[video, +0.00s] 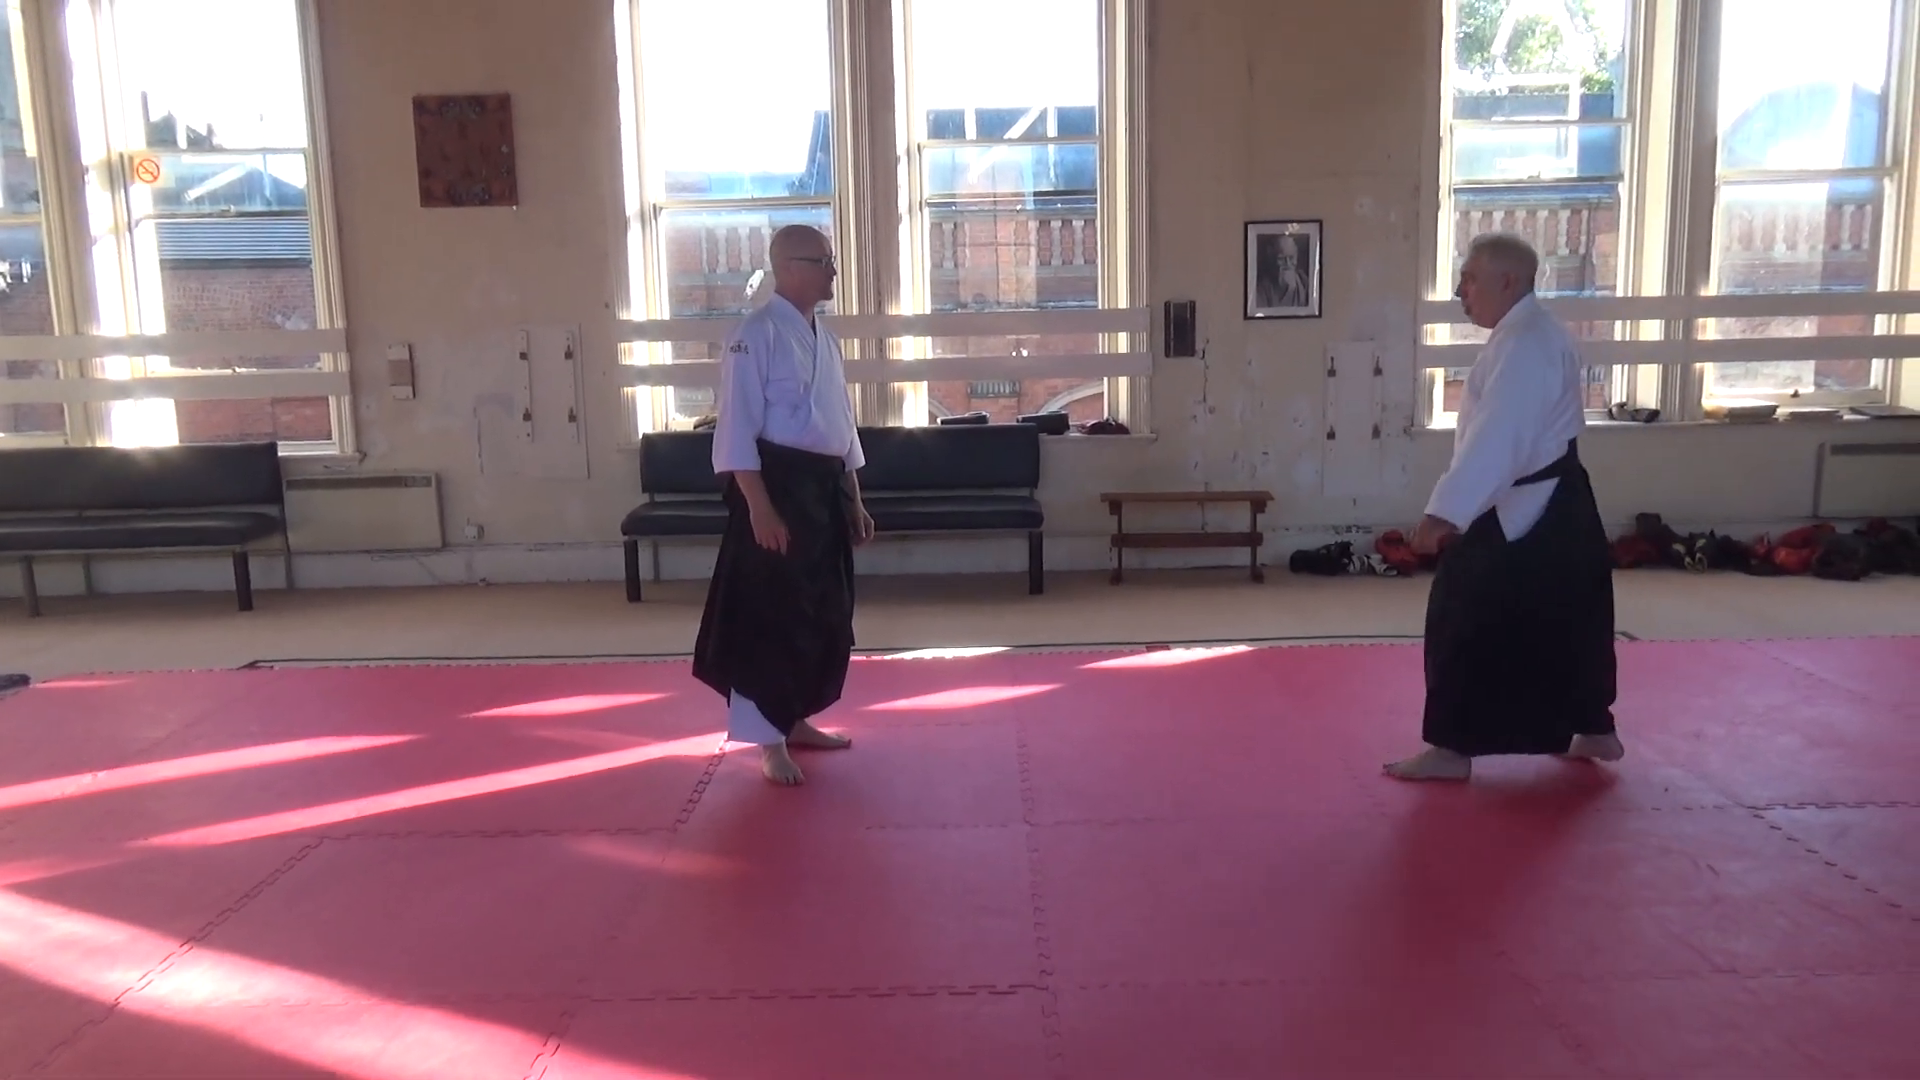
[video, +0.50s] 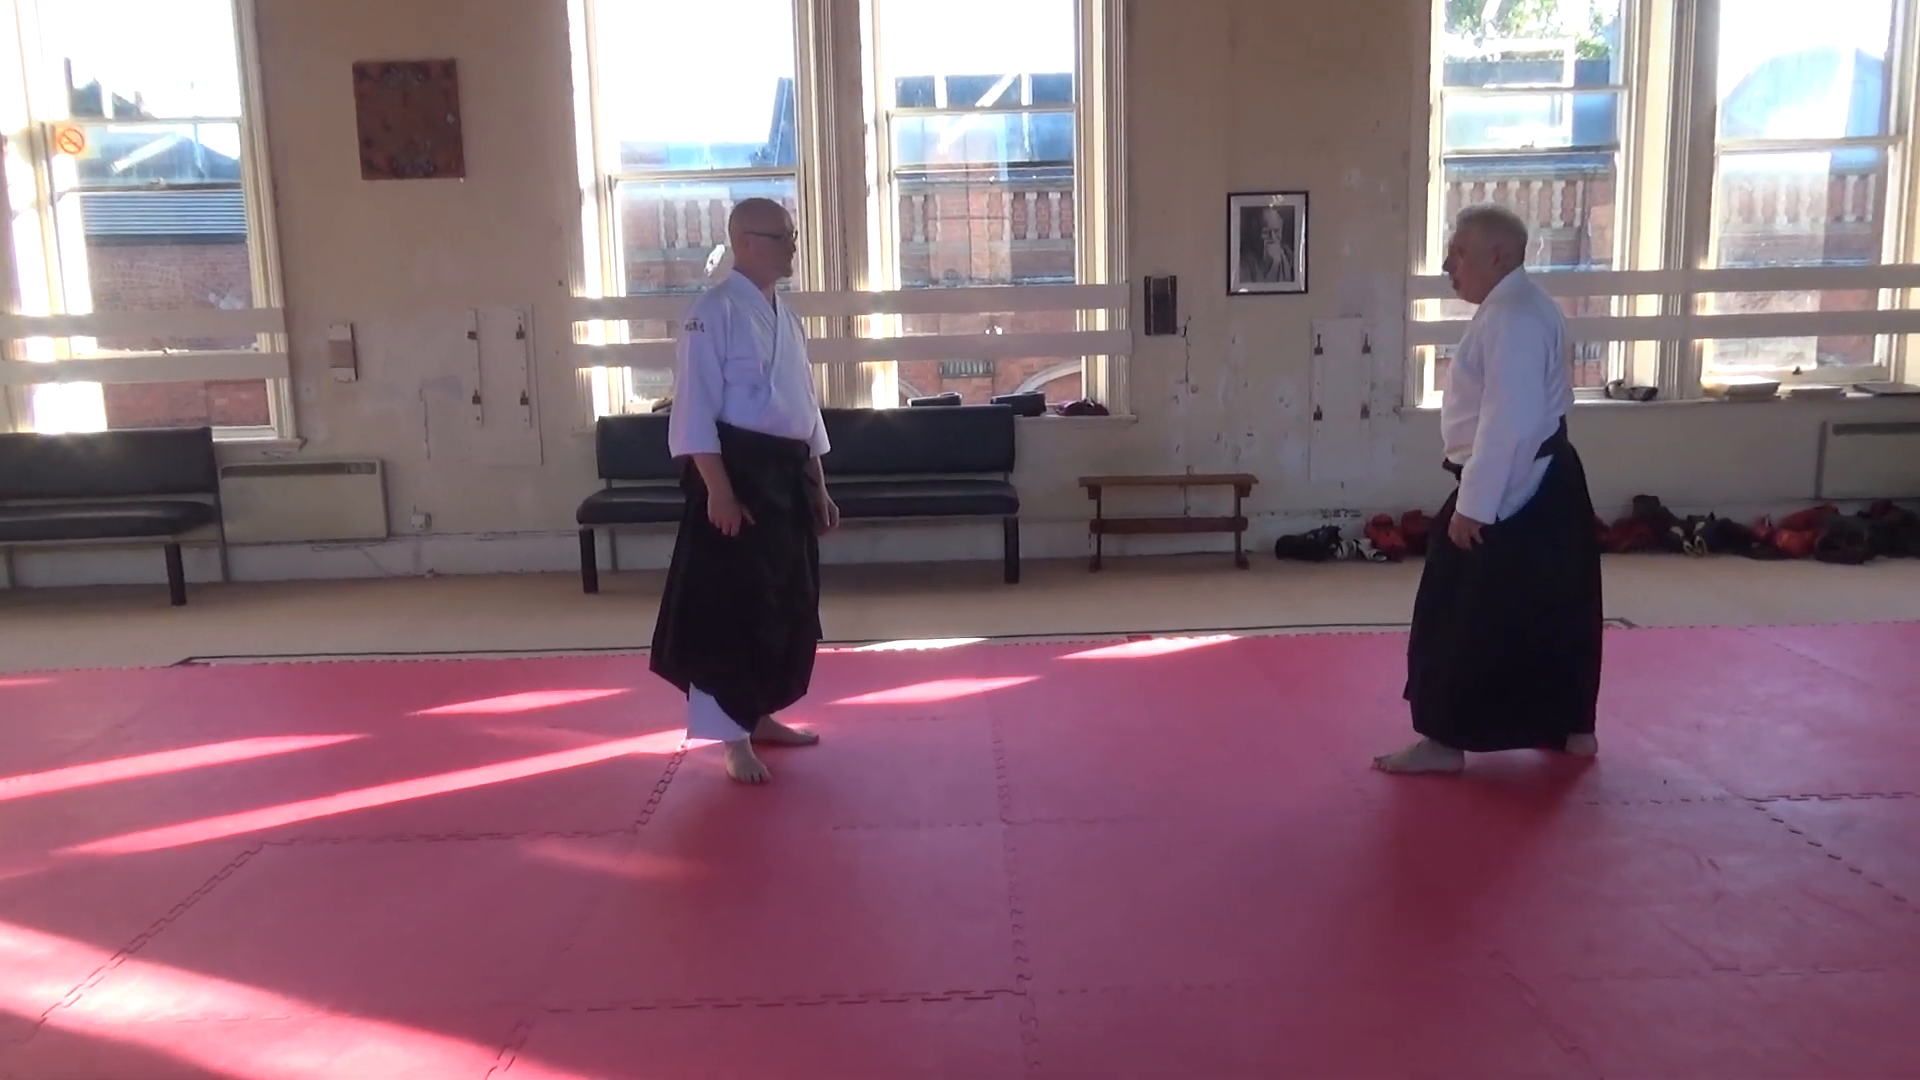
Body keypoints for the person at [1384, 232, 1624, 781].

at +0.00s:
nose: (1461, 290)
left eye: (1470, 278)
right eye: (1462, 278)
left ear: (1508, 282)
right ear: (1513, 283)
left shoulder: (1523, 343)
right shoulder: (1538, 330)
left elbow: (1495, 440)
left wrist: (1441, 514)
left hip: (1522, 505)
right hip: (1560, 499)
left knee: (1457, 616)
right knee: (1575, 614)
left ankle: (1450, 748)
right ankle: (1596, 730)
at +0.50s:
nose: (1449, 265)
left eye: (1459, 253)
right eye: (1450, 253)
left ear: (1498, 255)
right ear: (1503, 257)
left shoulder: (1511, 315)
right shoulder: (1531, 305)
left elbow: (1509, 419)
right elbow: (1531, 407)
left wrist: (1472, 503)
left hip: (1505, 483)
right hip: (1549, 477)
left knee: (1453, 611)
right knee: (1559, 605)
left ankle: (1442, 740)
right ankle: (1575, 727)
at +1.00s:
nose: (1497, 246)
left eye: (1508, 234)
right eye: (1501, 233)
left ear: (1548, 241)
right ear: (1555, 242)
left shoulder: (1558, 303)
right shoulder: (1579, 294)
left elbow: (1560, 406)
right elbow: (1578, 401)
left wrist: (1520, 488)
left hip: (1531, 487)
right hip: (1578, 481)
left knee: (1490, 625)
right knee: (1585, 618)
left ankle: (1467, 760)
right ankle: (1605, 746)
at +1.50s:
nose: (1477, 269)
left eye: (1487, 258)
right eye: (1479, 257)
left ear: (1528, 262)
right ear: (1531, 263)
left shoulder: (1543, 317)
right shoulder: (1556, 309)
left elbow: (1497, 360)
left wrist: (1433, 394)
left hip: (1514, 504)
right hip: (1555, 497)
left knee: (1460, 634)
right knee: (1567, 633)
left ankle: (1451, 776)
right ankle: (1586, 764)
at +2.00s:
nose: (1453, 288)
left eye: (1464, 277)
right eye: (1454, 277)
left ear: (1505, 277)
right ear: (1508, 279)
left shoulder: (1518, 345)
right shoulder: (1515, 335)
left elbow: (1481, 454)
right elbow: (1460, 438)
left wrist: (1415, 513)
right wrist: (1400, 486)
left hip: (1500, 523)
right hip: (1542, 514)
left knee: (1453, 654)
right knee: (1555, 649)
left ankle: (1438, 792)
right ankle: (1576, 779)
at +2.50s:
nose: (1452, 298)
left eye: (1462, 287)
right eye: (1453, 287)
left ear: (1504, 286)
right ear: (1502, 287)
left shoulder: (1524, 354)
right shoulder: (1499, 347)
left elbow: (1476, 458)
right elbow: (1446, 431)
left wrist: (1427, 508)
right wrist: (1389, 480)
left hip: (1506, 532)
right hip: (1535, 524)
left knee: (1453, 665)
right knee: (1552, 660)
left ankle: (1439, 803)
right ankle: (1577, 791)